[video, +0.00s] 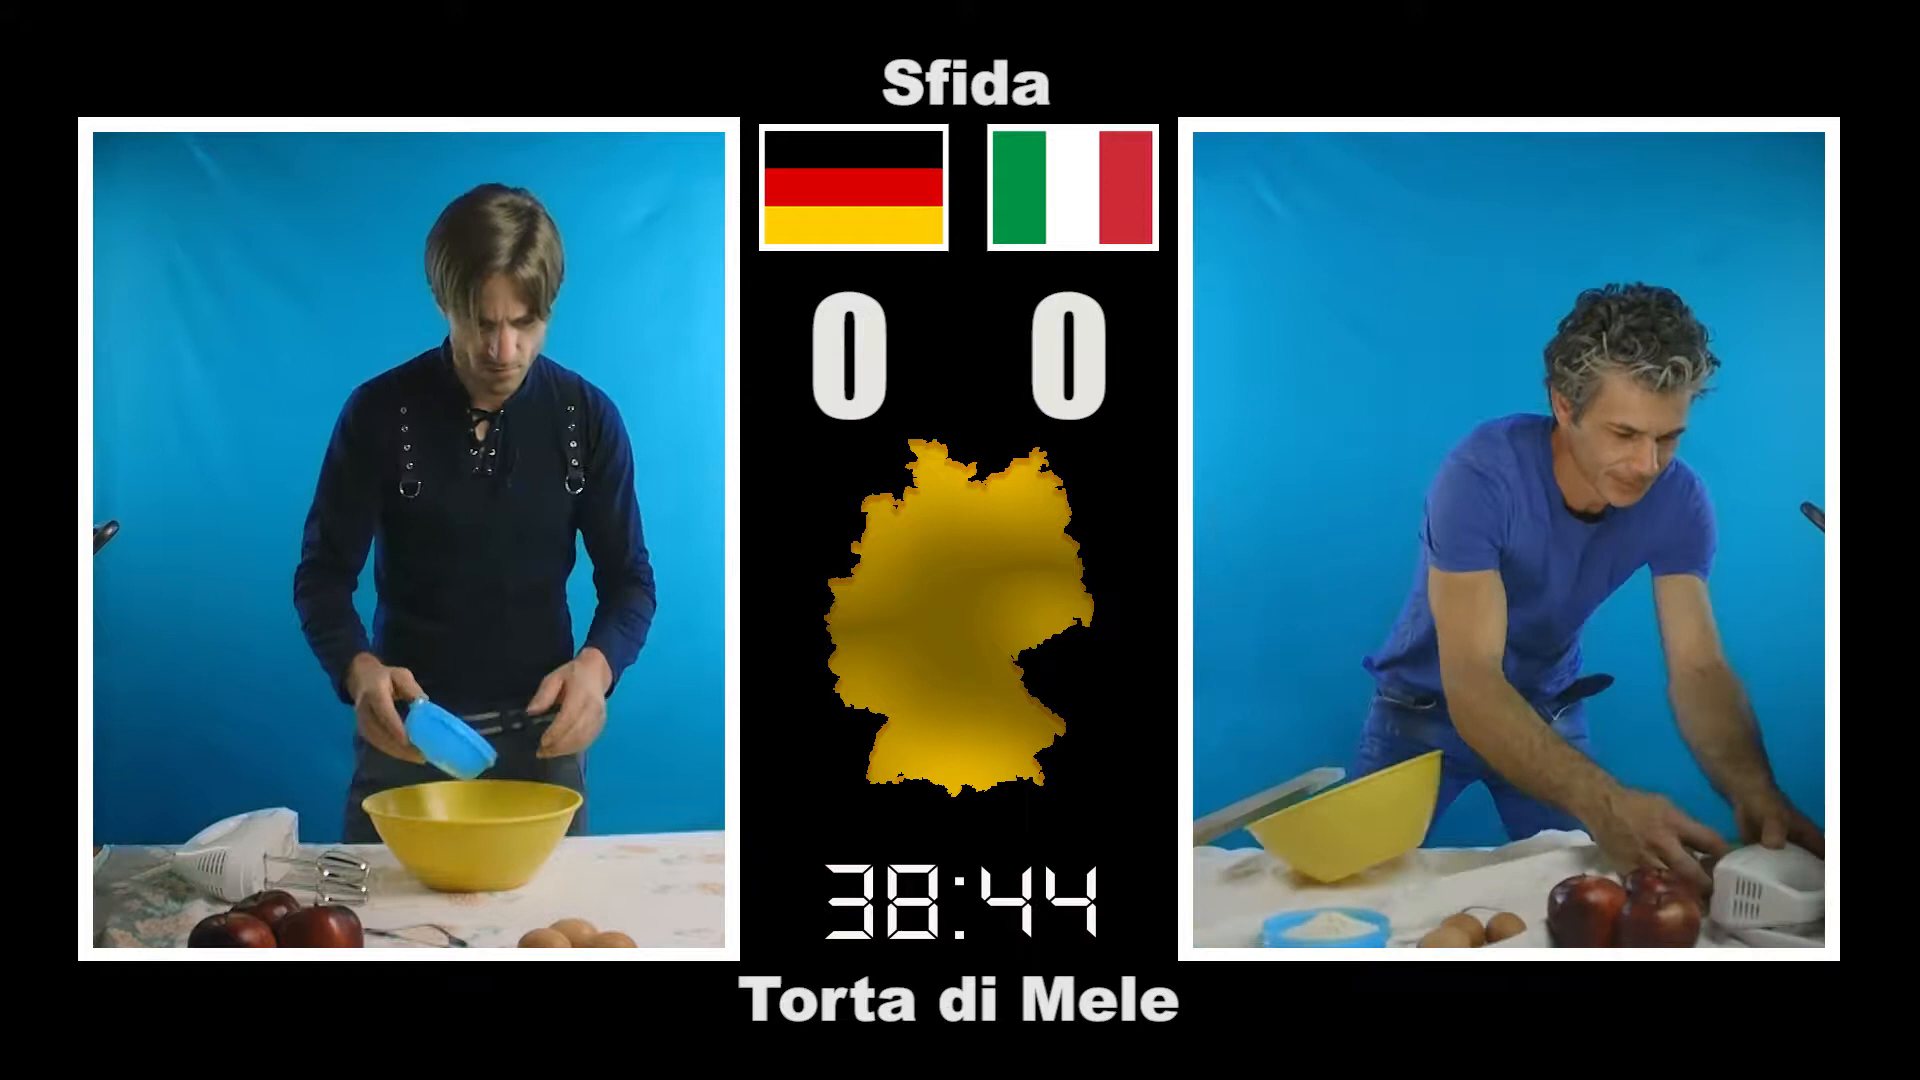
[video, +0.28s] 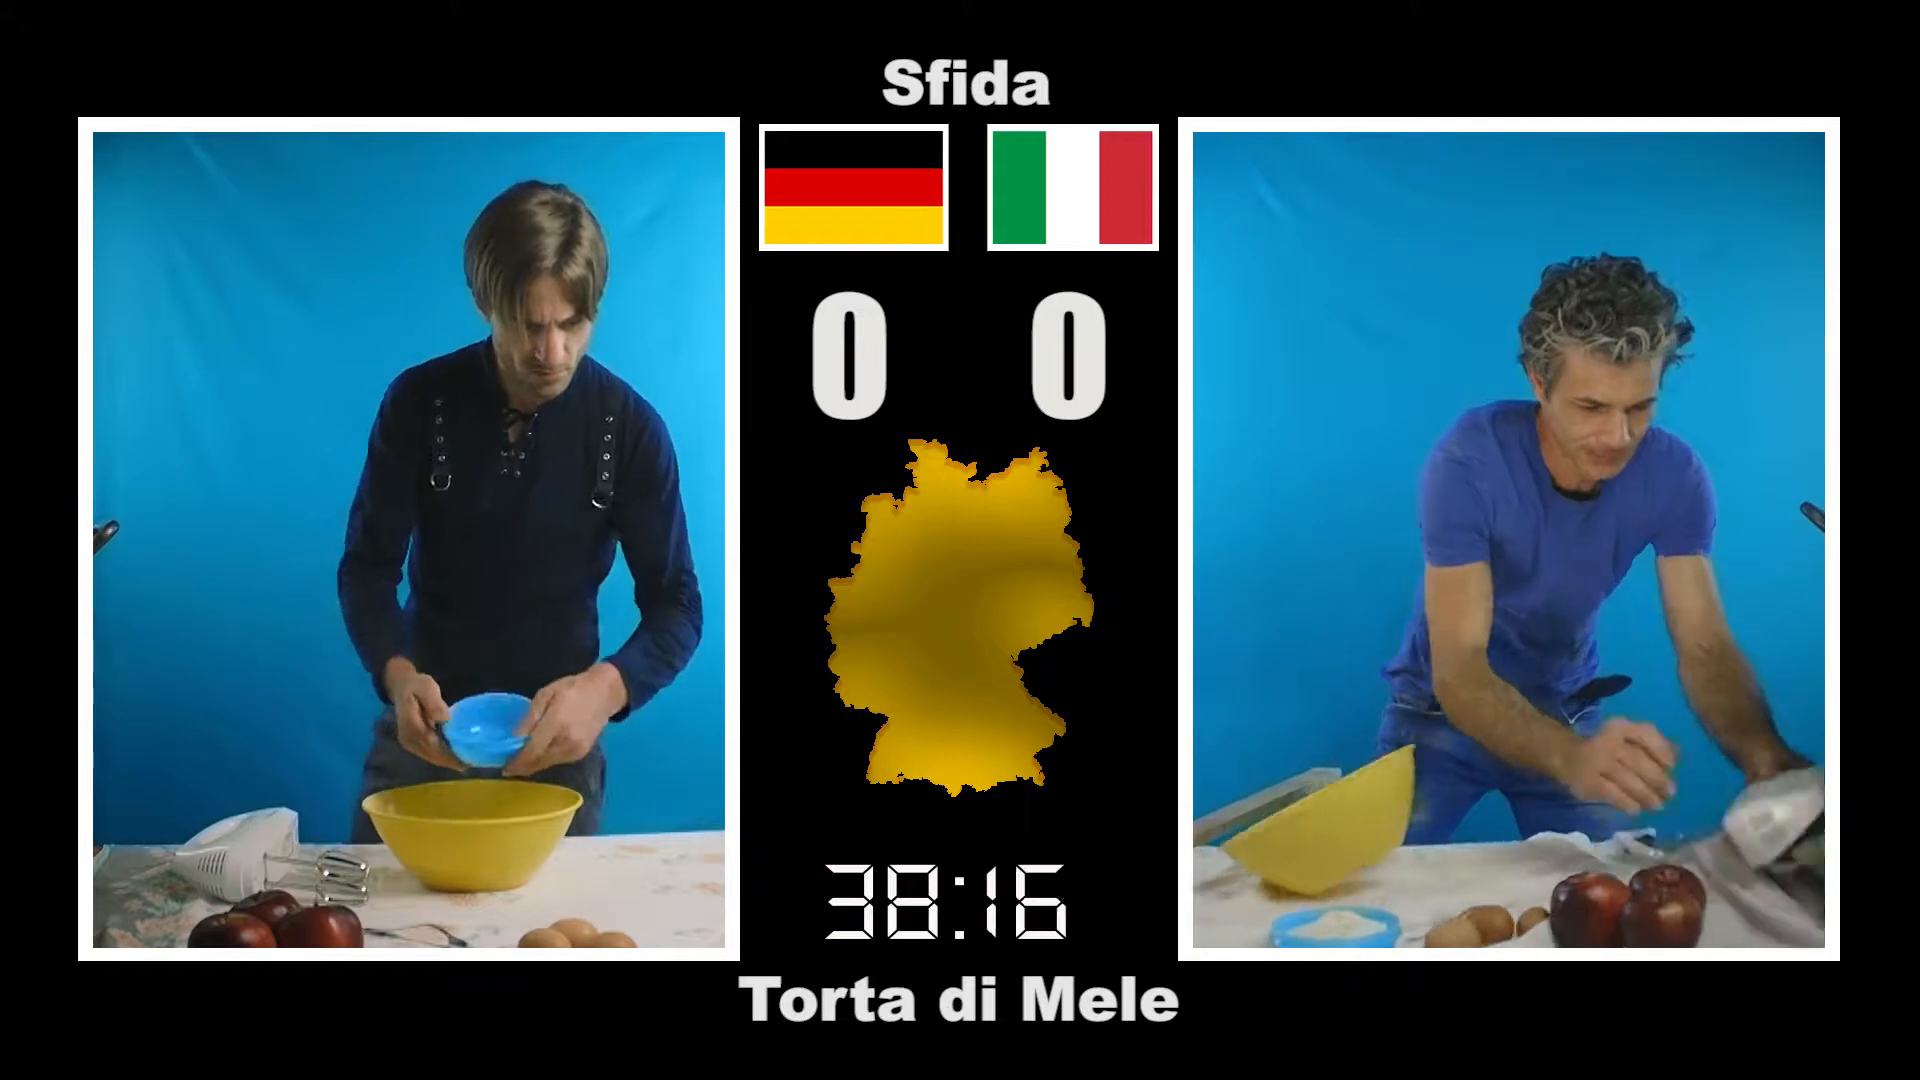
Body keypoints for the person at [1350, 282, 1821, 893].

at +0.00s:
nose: (1647, 465)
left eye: (1667, 438)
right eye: (1623, 435)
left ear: (1684, 419)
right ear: (1564, 407)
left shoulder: (1674, 500)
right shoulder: (1479, 478)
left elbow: (1699, 669)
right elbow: (1474, 688)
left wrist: (1755, 791)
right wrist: (1606, 808)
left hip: (1544, 709)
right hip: (1423, 704)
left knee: (1589, 903)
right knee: (1358, 892)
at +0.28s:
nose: (1616, 436)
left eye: (1638, 409)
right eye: (1590, 408)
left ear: (1657, 389)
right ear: (1538, 382)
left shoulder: (1670, 477)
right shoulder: (1466, 465)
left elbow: (1705, 647)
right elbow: (1457, 671)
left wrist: (1767, 761)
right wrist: (1569, 756)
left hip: (1562, 717)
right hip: (1440, 710)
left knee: (1623, 908)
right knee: (1375, 892)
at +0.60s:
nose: (1405, 350)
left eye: (1430, 321)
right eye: (1379, 322)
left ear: (1468, 294)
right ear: (1352, 297)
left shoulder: (1529, 397)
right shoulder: (1310, 423)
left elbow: (1583, 573)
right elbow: (1244, 613)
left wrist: (1604, 745)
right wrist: (1234, 764)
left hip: (1525, 765)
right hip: (1380, 769)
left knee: (1533, 963)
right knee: (1381, 972)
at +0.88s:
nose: (1435, 342)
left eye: (1459, 314)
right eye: (1411, 315)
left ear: (1499, 289)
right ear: (1385, 291)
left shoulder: (1558, 401)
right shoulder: (1338, 409)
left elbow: (1601, 582)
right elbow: (1268, 590)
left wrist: (1564, 729)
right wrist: (1280, 713)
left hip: (1526, 766)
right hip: (1385, 766)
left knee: (1531, 960)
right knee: (1384, 965)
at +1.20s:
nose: (1443, 339)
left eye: (1468, 311)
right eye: (1420, 311)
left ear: (1507, 287)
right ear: (1395, 287)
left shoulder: (1566, 404)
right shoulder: (1346, 407)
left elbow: (1596, 581)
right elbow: (1286, 588)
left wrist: (1535, 728)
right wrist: (1314, 711)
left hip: (1522, 759)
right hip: (1384, 758)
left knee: (1529, 951)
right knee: (1385, 954)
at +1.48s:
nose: (1444, 342)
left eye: (1468, 315)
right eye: (1420, 314)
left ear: (1506, 290)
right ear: (1395, 291)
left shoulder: (1565, 403)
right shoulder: (1345, 406)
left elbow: (1602, 579)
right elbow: (1289, 591)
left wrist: (1549, 731)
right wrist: (1324, 721)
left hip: (1523, 752)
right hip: (1386, 749)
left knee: (1527, 948)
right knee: (1384, 951)